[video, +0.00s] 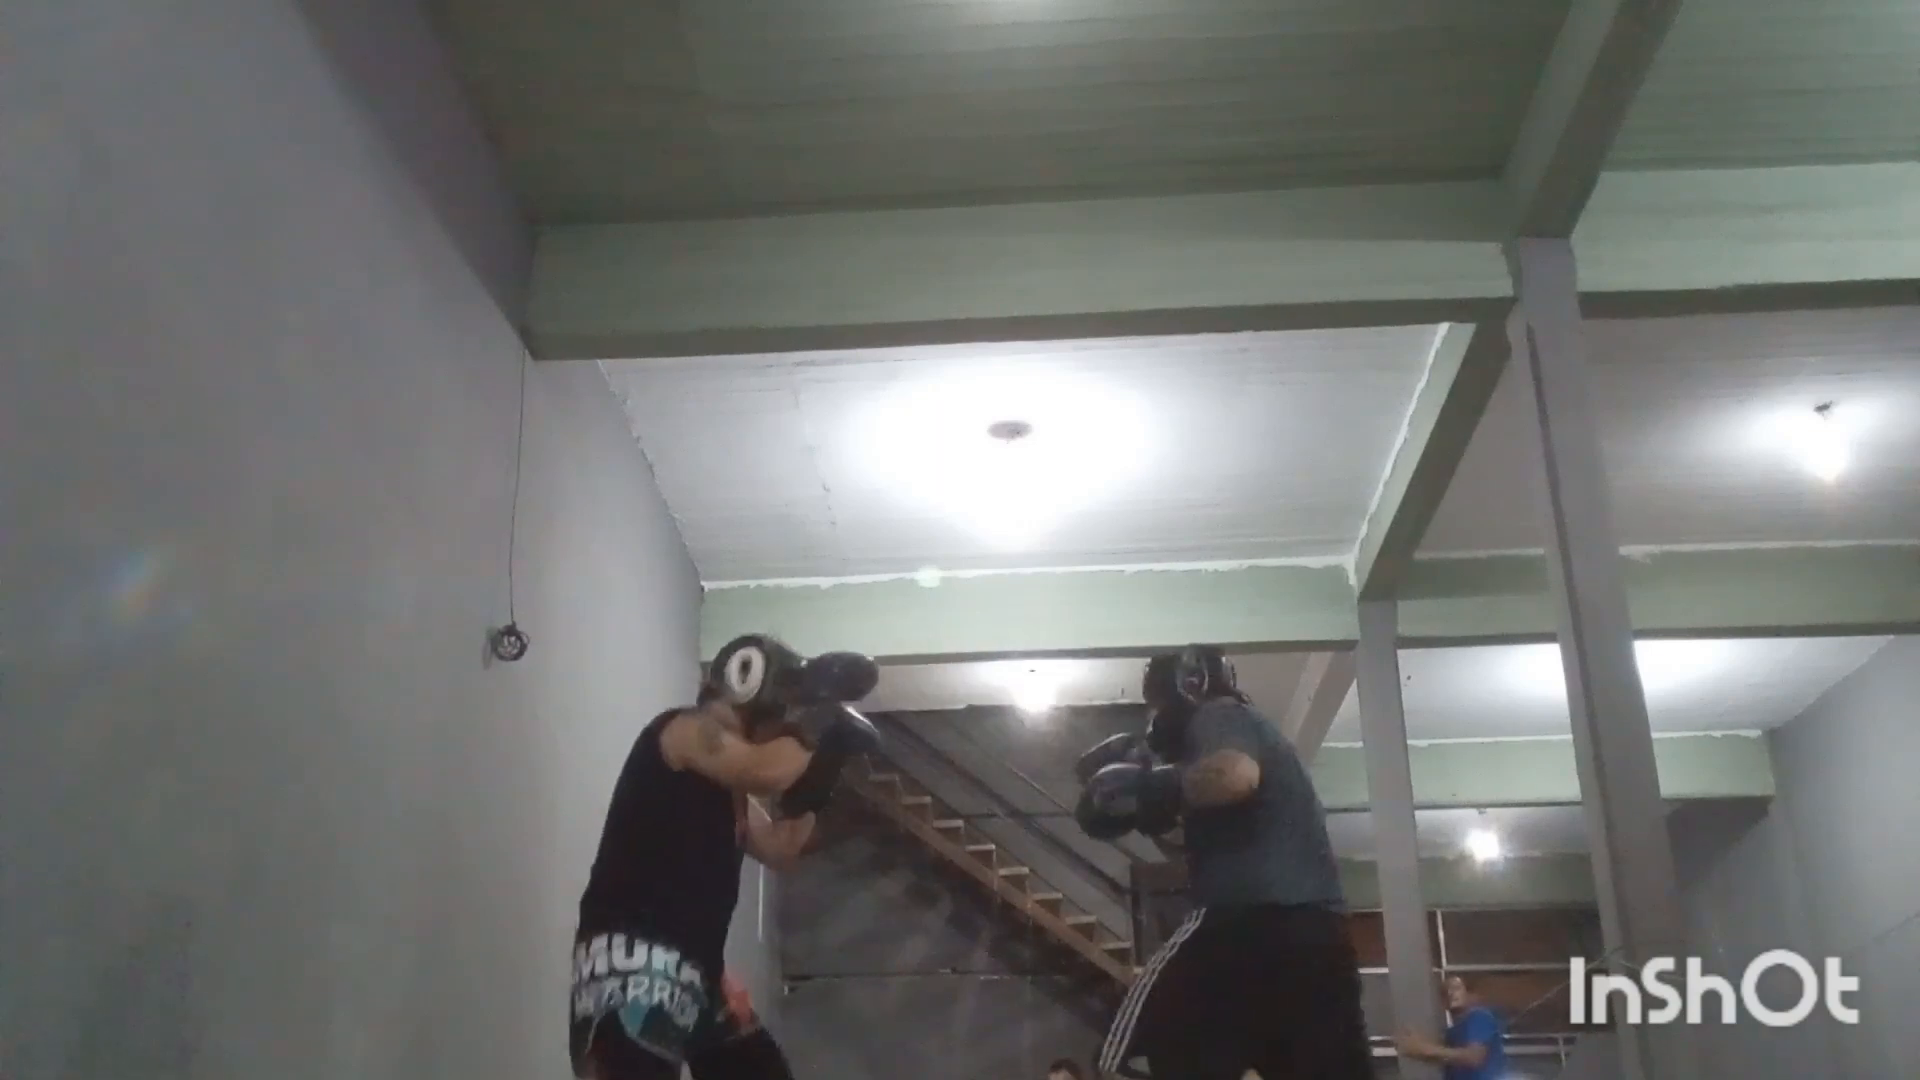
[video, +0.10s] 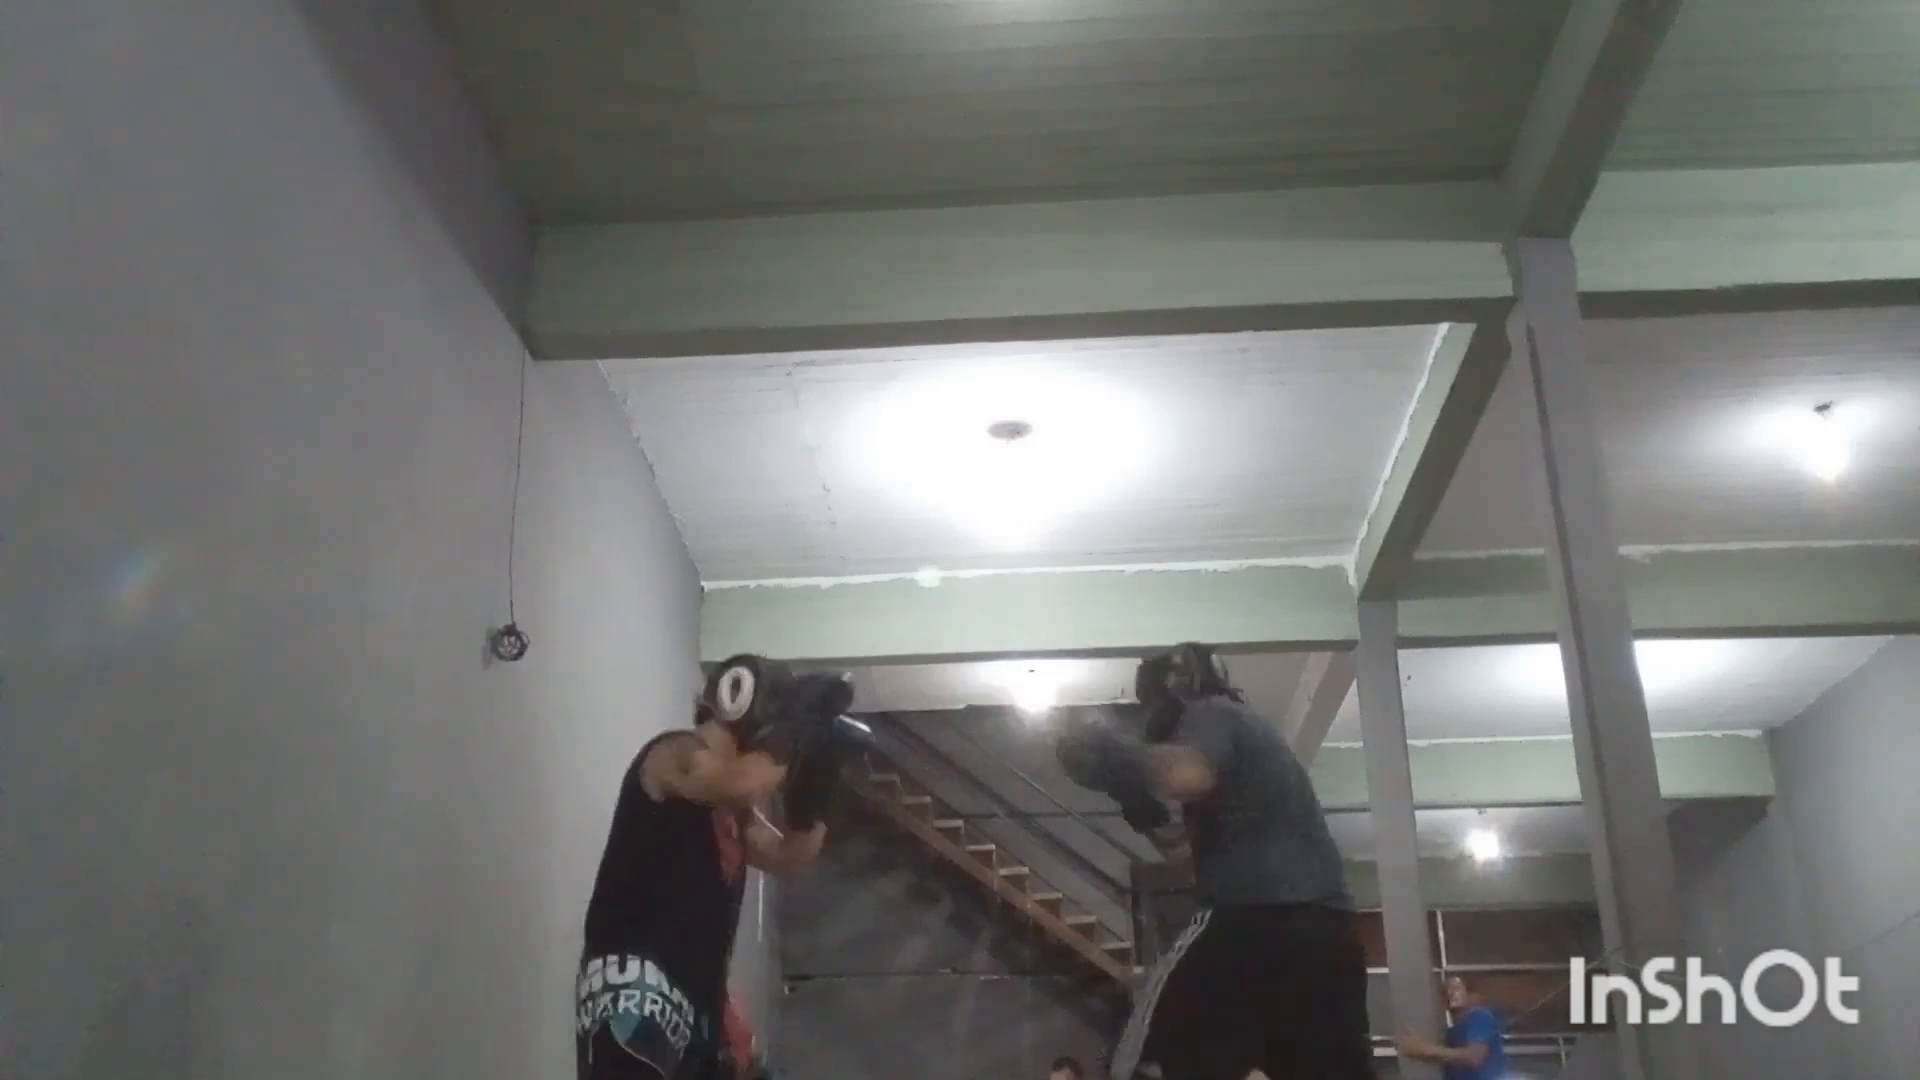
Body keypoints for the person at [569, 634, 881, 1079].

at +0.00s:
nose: (788, 725)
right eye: (785, 705)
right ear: (750, 682)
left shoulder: (724, 782)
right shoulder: (687, 730)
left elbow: (780, 848)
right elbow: (768, 770)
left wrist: (826, 766)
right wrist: (815, 726)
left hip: (695, 968)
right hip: (638, 958)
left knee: (759, 1071)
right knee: (638, 1068)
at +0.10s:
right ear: (740, 703)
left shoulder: (733, 802)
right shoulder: (673, 752)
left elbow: (793, 856)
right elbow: (739, 783)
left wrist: (814, 773)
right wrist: (797, 729)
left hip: (697, 989)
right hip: (635, 974)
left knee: (733, 1066)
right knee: (637, 1065)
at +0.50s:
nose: (757, 735)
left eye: (765, 723)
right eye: (750, 721)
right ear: (716, 716)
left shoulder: (745, 810)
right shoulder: (648, 781)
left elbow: (773, 878)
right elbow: (691, 819)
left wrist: (809, 840)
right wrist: (735, 755)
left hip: (716, 1010)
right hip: (641, 1009)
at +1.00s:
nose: (725, 786)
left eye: (728, 776)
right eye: (716, 774)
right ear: (690, 767)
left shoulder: (733, 835)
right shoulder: (623, 828)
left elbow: (808, 858)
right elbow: (660, 864)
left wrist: (810, 780)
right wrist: (698, 798)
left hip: (704, 1035)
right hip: (622, 1031)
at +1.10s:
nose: (714, 789)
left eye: (721, 777)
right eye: (705, 775)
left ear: (727, 784)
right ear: (672, 771)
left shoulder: (723, 843)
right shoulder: (614, 838)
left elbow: (787, 882)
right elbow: (653, 881)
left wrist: (794, 818)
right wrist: (691, 814)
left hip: (698, 1040)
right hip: (616, 1040)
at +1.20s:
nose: (697, 792)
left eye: (702, 780)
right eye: (687, 780)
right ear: (651, 780)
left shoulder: (698, 852)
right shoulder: (592, 842)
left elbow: (746, 916)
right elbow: (621, 889)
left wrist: (769, 872)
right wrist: (665, 819)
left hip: (679, 1044)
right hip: (599, 1042)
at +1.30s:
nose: (665, 808)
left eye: (673, 799)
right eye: (656, 796)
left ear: (676, 808)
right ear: (622, 790)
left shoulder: (667, 862)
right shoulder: (567, 854)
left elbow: (694, 934)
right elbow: (590, 893)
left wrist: (732, 905)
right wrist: (632, 832)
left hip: (655, 1054)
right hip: (577, 1053)